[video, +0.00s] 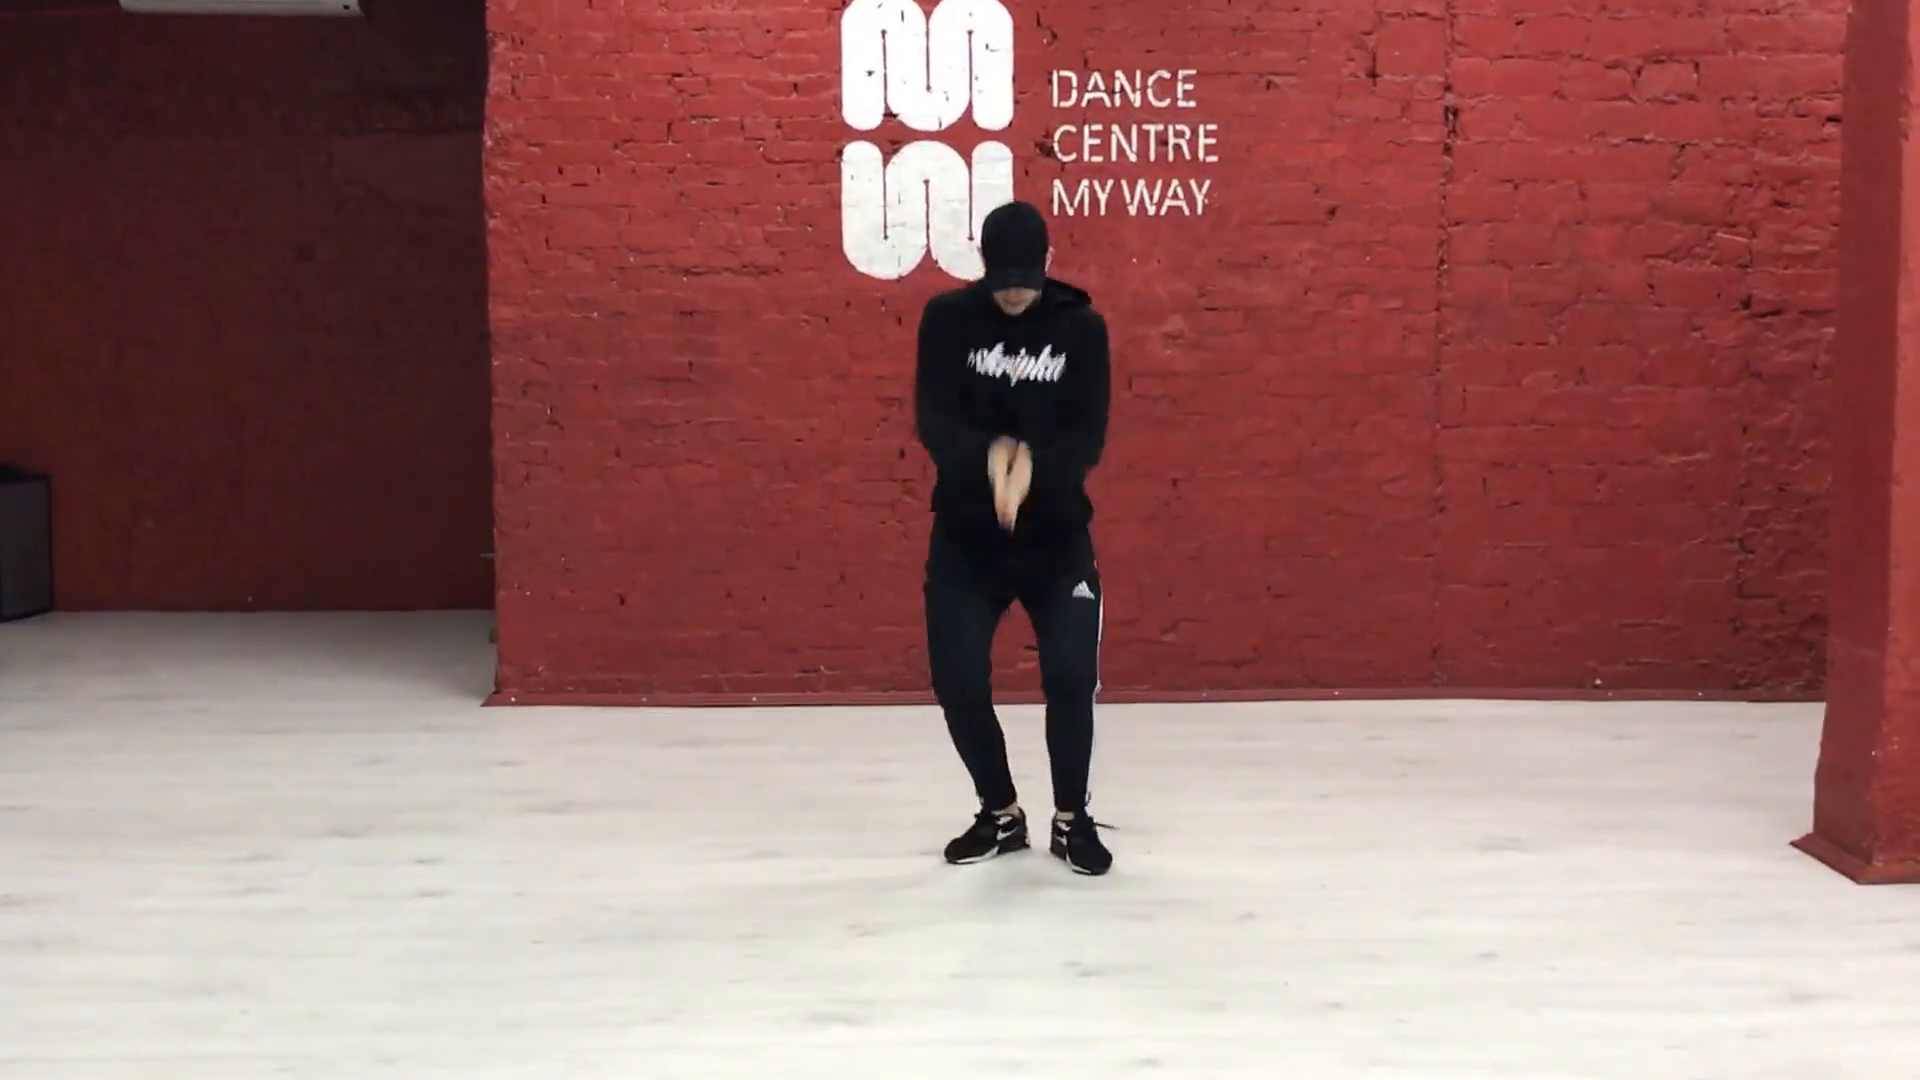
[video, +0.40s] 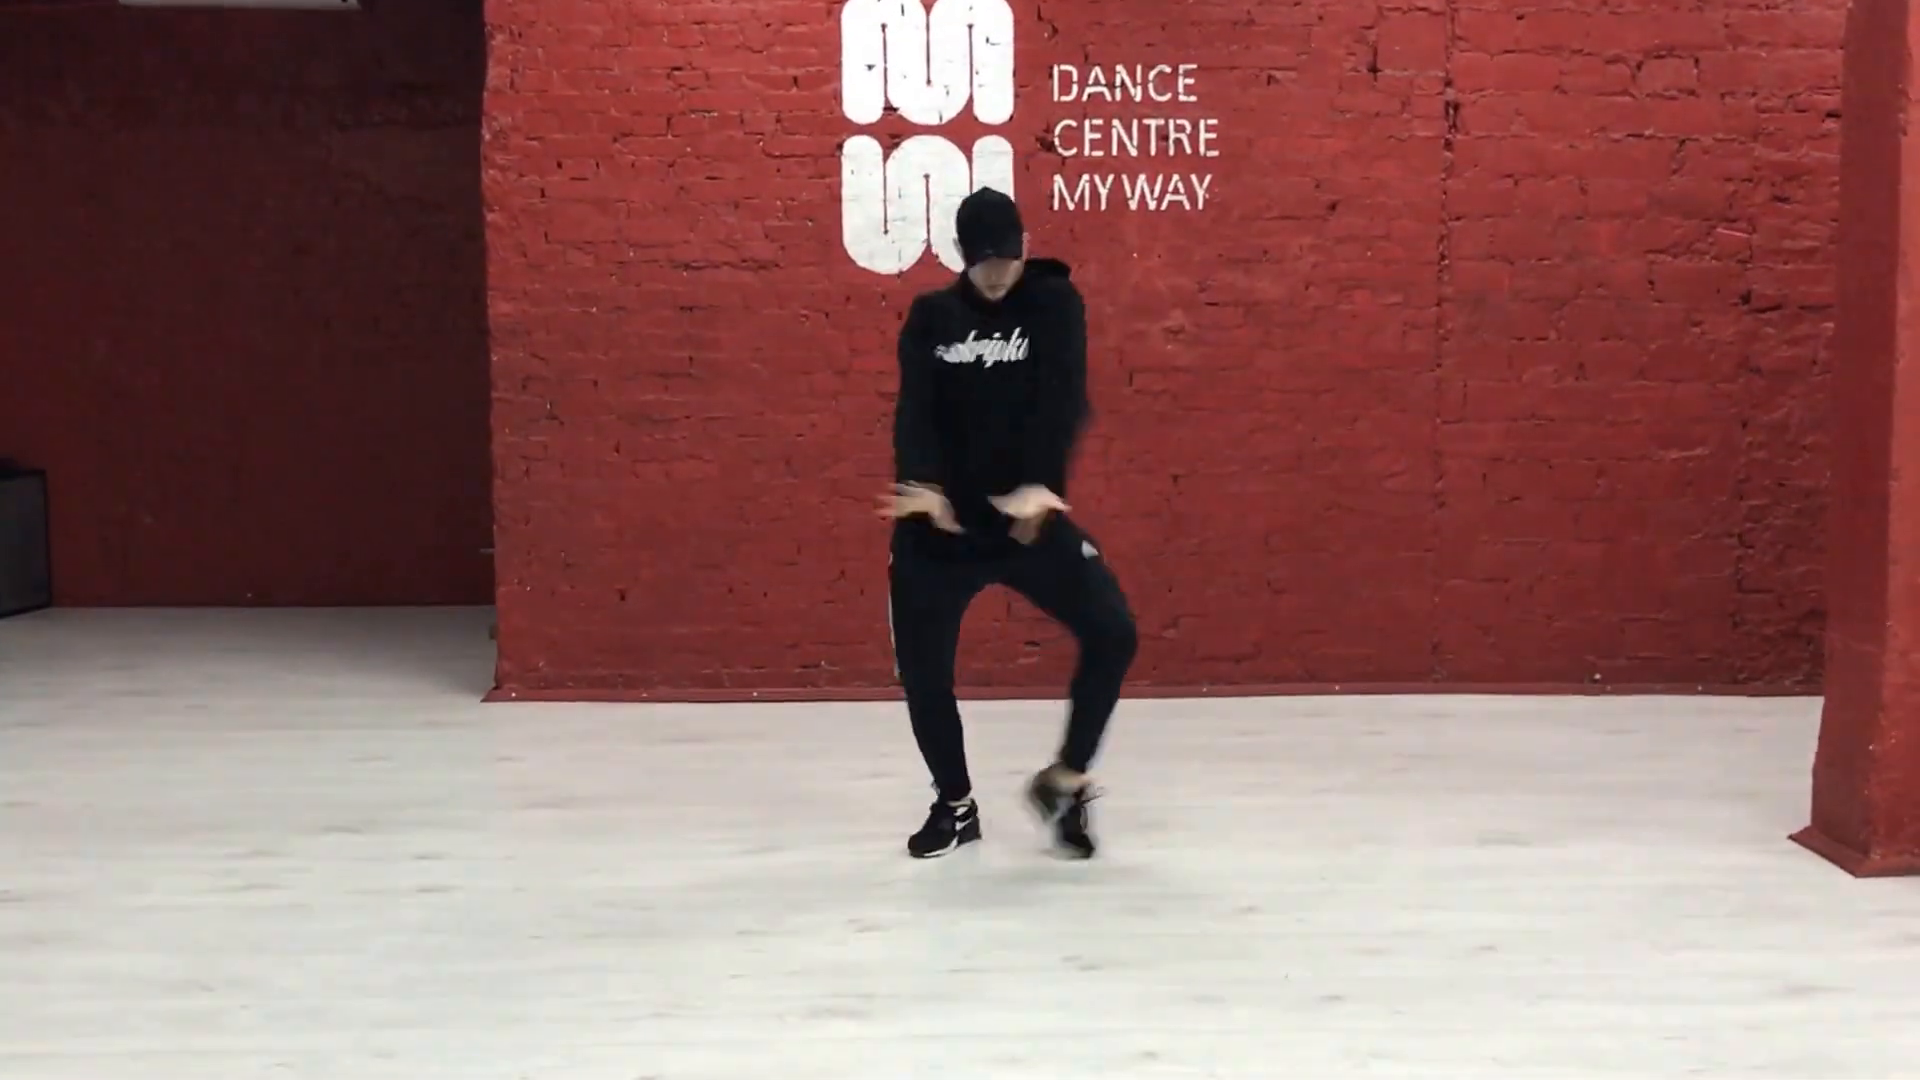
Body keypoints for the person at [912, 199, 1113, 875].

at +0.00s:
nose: (1016, 296)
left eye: (1027, 285)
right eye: (1004, 285)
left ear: (1045, 271)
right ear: (985, 271)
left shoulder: (1081, 326)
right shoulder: (947, 317)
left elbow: (1087, 439)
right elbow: (934, 423)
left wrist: (1030, 456)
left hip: (1055, 532)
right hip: (967, 533)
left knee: (1071, 674)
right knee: (956, 680)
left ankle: (1071, 816)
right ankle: (1000, 814)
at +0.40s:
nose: (994, 273)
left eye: (1005, 259)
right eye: (982, 261)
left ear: (1022, 250)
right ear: (962, 255)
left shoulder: (1055, 303)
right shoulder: (931, 316)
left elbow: (1064, 400)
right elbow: (914, 407)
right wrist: (921, 481)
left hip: (1028, 521)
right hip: (939, 524)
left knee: (1113, 635)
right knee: (922, 670)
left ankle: (1065, 781)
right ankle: (955, 803)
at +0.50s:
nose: (989, 279)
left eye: (998, 265)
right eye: (976, 267)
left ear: (1009, 250)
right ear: (945, 251)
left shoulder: (1040, 311)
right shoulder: (902, 307)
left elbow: (1106, 409)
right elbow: (910, 417)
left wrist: (1111, 487)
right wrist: (979, 478)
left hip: (1036, 524)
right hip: (954, 527)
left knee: (1057, 676)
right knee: (900, 670)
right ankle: (966, 805)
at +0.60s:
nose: (989, 272)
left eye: (997, 258)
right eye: (974, 262)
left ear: (1006, 245)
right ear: (942, 250)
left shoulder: (1034, 298)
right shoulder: (906, 306)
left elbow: (1100, 357)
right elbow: (889, 411)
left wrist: (1127, 402)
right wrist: (958, 432)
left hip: (1041, 515)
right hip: (962, 521)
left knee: (1074, 671)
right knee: (892, 659)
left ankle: (1202, 784)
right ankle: (968, 804)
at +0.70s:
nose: (980, 271)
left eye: (990, 258)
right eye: (966, 261)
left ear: (1008, 241)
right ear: (945, 252)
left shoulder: (1052, 275)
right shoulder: (922, 309)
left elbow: (1140, 291)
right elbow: (872, 408)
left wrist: (1135, 325)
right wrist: (914, 411)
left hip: (1055, 514)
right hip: (957, 518)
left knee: (1123, 641)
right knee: (884, 648)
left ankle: (1128, 786)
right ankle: (937, 784)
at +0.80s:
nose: (977, 282)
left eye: (987, 269)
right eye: (965, 270)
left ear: (1011, 248)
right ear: (948, 258)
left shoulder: (1061, 269)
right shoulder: (943, 317)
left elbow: (1170, 267)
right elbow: (894, 417)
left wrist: (1128, 320)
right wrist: (907, 414)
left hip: (1047, 513)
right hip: (967, 519)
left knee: (1114, 650)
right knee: (948, 674)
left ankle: (1103, 816)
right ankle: (836, 790)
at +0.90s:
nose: (980, 279)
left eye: (991, 266)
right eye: (968, 267)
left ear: (1017, 245)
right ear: (952, 256)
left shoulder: (1069, 291)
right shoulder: (940, 313)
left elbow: (1175, 325)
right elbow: (893, 403)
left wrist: (1114, 363)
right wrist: (913, 411)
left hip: (1041, 520)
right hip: (964, 526)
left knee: (1110, 653)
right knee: (989, 688)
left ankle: (1102, 817)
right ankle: (842, 808)